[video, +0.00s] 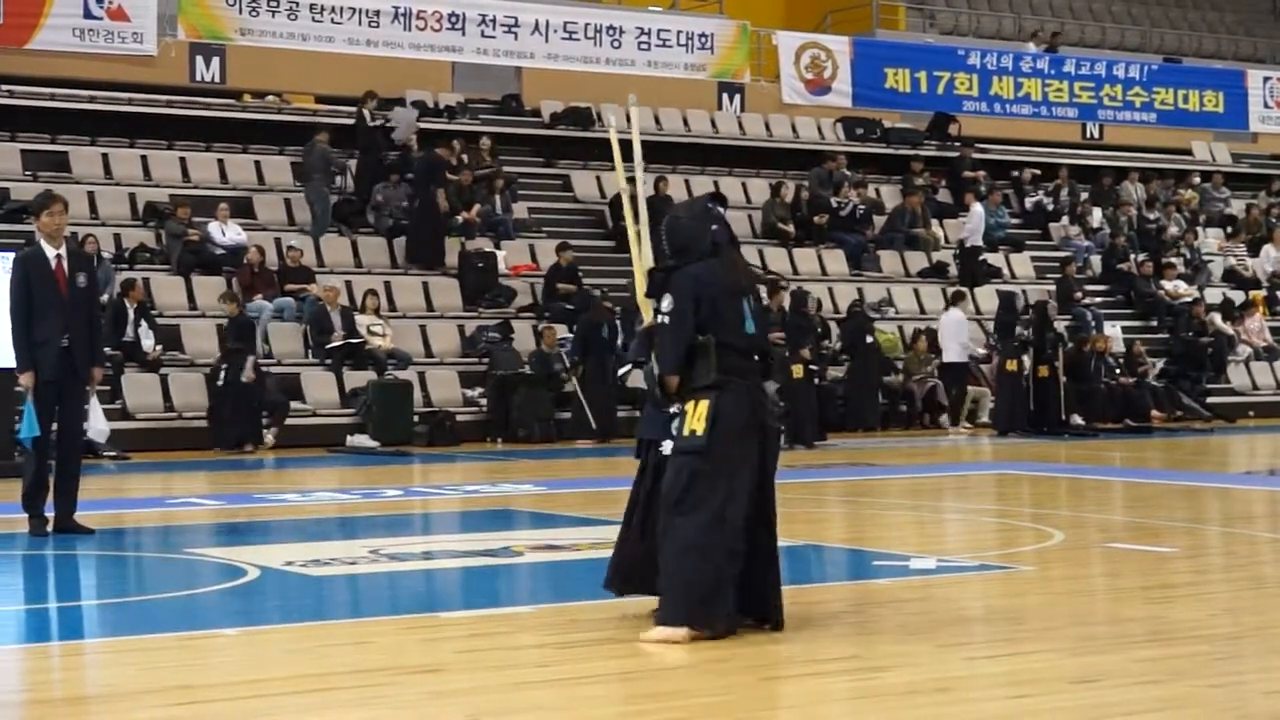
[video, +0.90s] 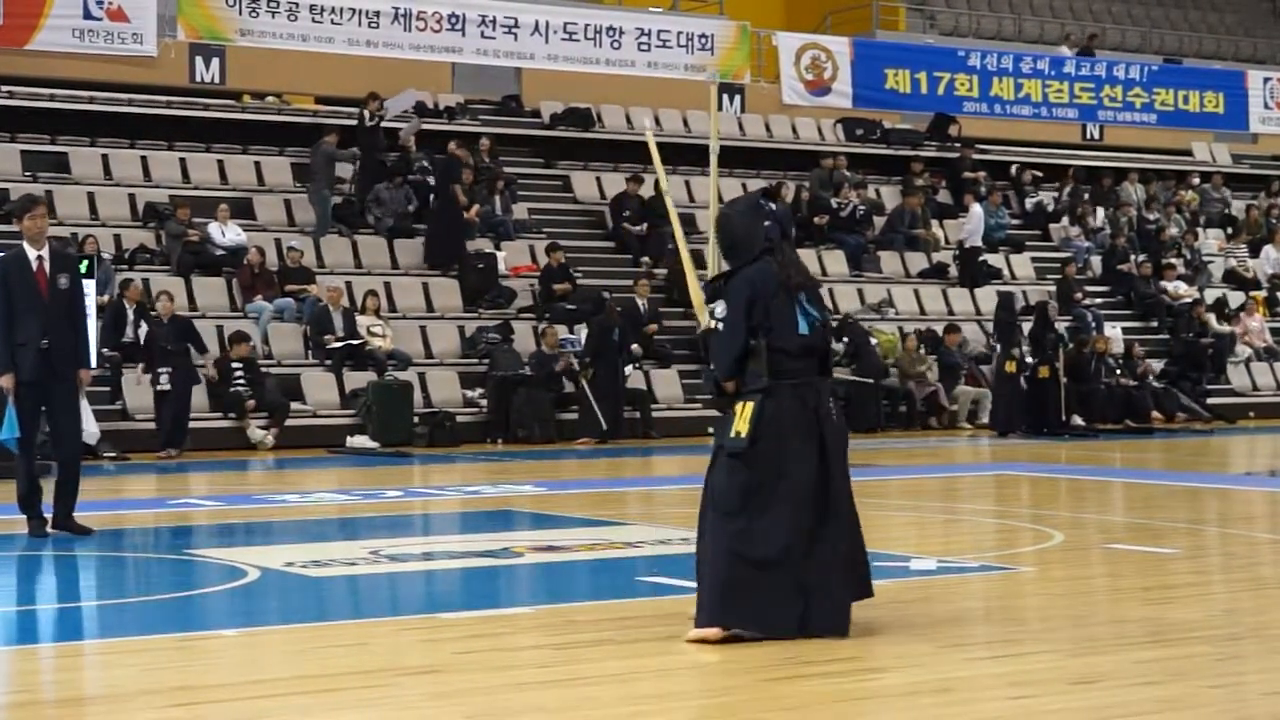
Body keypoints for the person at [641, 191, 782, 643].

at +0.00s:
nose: (669, 244)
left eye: (673, 236)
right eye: (670, 236)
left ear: (685, 239)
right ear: (718, 234)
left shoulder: (687, 281)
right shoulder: (741, 278)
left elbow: (672, 362)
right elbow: (757, 346)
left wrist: (671, 387)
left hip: (711, 406)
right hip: (751, 403)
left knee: (688, 504)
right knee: (742, 505)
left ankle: (684, 614)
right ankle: (749, 605)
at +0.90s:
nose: (722, 244)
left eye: (725, 236)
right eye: (723, 235)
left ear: (739, 238)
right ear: (770, 234)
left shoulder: (745, 283)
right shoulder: (800, 279)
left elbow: (726, 358)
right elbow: (819, 347)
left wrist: (725, 379)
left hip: (765, 413)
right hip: (811, 411)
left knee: (724, 504)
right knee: (805, 508)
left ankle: (718, 613)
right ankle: (812, 608)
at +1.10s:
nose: (723, 237)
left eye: (726, 230)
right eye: (728, 230)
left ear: (734, 233)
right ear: (775, 228)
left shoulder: (730, 281)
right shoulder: (805, 276)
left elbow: (708, 353)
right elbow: (823, 336)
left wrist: (717, 377)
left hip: (756, 408)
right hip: (810, 405)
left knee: (736, 511)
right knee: (813, 506)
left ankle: (719, 618)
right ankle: (821, 610)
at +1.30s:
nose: (719, 231)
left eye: (722, 225)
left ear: (728, 229)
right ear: (777, 228)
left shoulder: (716, 278)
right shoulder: (803, 281)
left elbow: (695, 346)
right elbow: (818, 351)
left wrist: (720, 373)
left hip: (741, 405)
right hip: (798, 404)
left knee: (730, 508)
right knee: (810, 503)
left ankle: (715, 619)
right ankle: (825, 610)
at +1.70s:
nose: (759, 236)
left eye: (763, 229)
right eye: (762, 228)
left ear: (774, 234)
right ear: (810, 229)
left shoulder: (765, 285)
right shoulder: (836, 283)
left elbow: (740, 353)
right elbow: (849, 352)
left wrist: (738, 373)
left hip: (781, 406)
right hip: (831, 404)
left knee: (748, 508)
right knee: (832, 507)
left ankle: (723, 619)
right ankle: (838, 616)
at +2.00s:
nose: (781, 229)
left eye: (783, 222)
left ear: (789, 226)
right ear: (833, 224)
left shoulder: (776, 279)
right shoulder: (855, 281)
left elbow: (750, 347)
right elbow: (865, 345)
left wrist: (756, 369)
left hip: (797, 405)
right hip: (852, 404)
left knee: (783, 505)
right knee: (866, 504)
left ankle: (773, 615)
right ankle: (897, 608)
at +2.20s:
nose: (810, 237)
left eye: (815, 229)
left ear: (823, 232)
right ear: (866, 227)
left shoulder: (822, 281)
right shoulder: (888, 279)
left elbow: (793, 354)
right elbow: (888, 342)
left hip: (839, 405)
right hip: (891, 404)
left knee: (804, 506)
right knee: (905, 509)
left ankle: (777, 613)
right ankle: (940, 612)